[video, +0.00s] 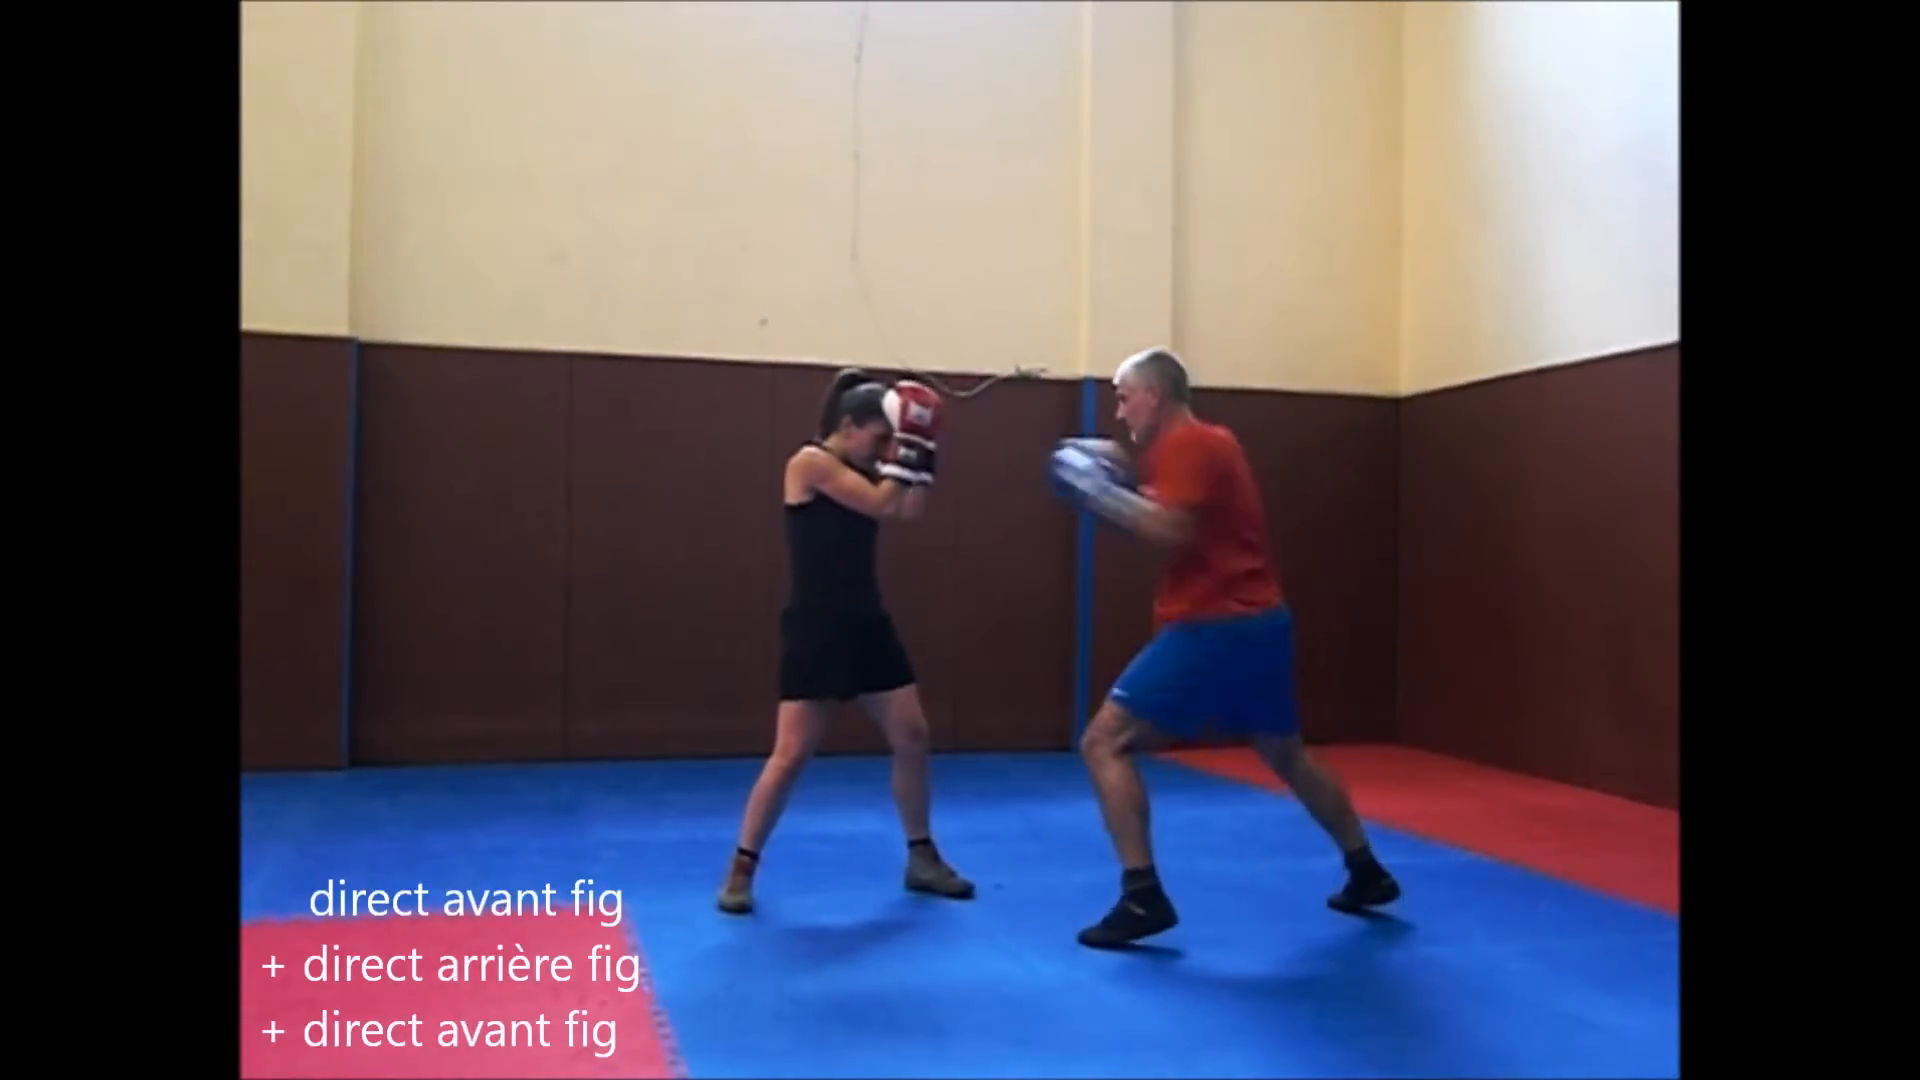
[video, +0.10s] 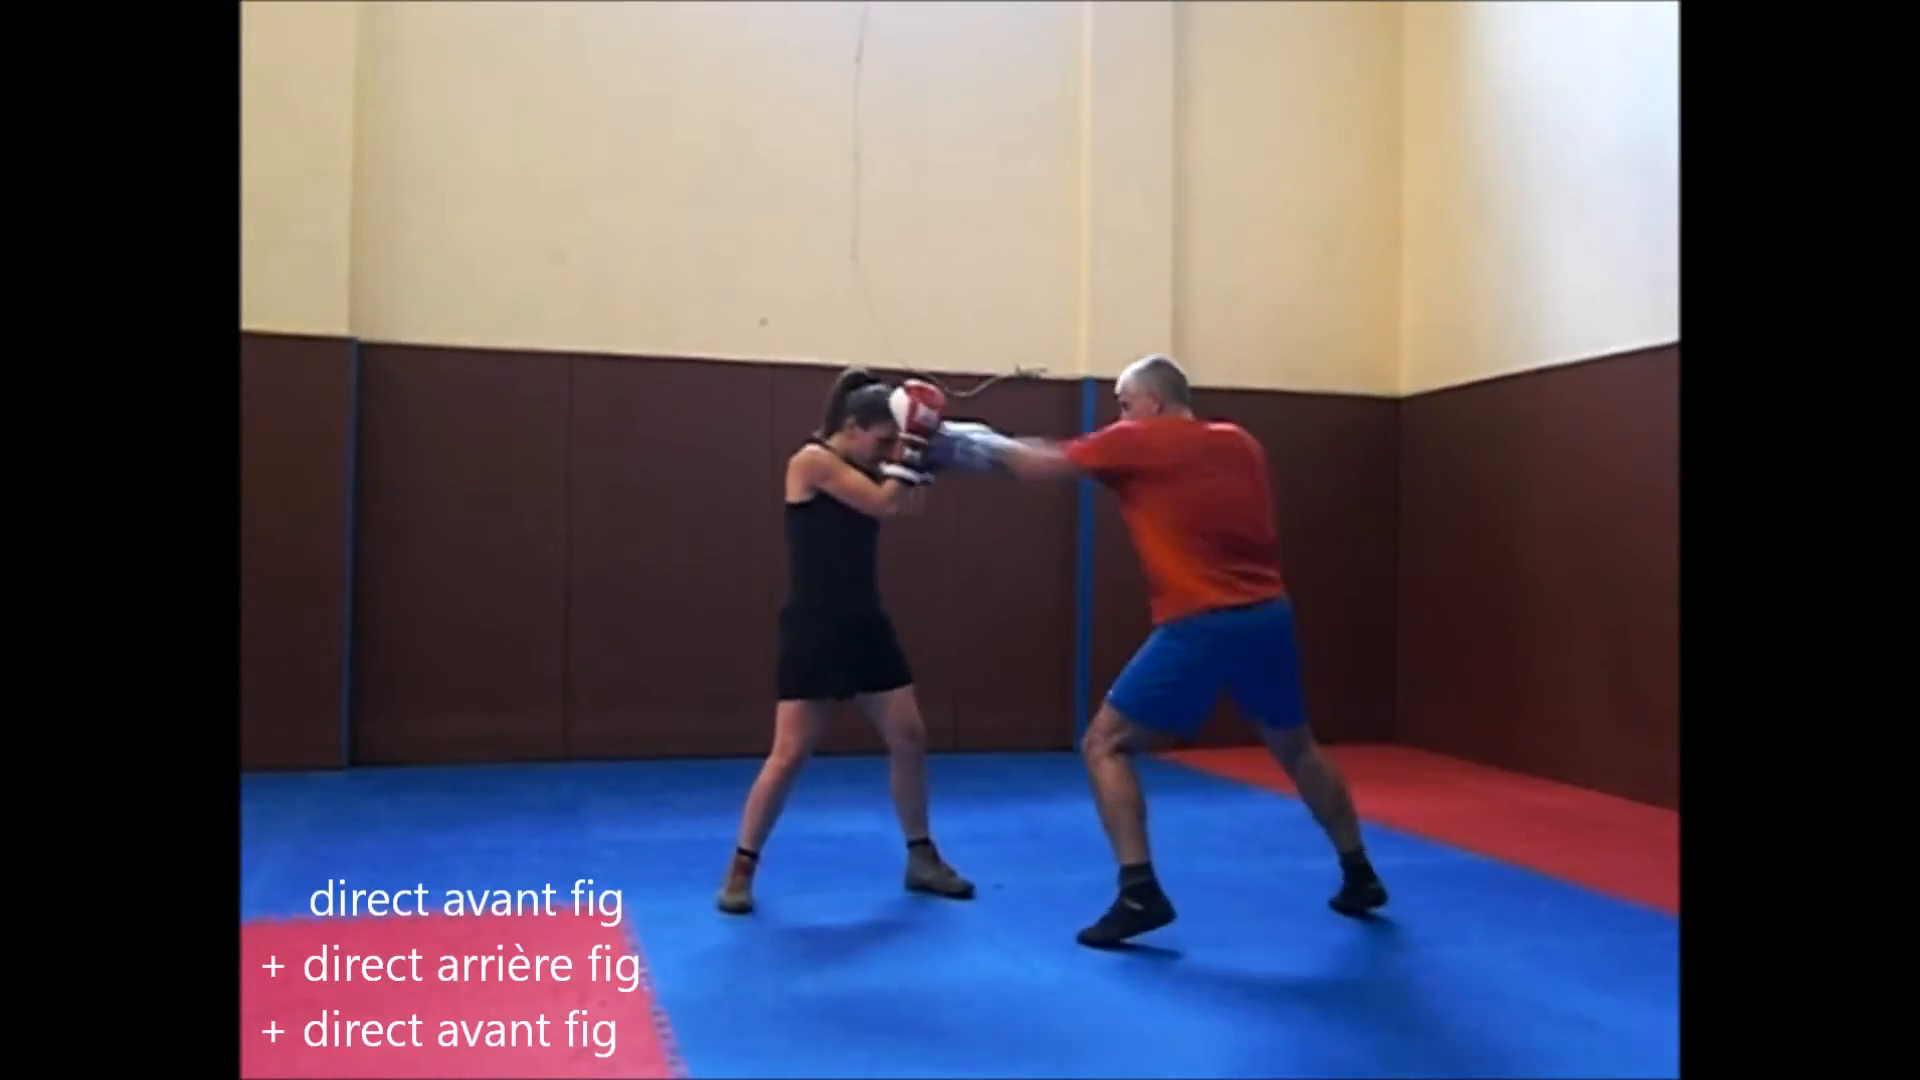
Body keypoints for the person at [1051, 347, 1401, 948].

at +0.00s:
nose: (1118, 411)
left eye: (1125, 398)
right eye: (1117, 399)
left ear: (1157, 397)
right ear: (1167, 399)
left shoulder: (1185, 446)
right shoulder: (1211, 440)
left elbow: (1170, 526)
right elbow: (1184, 506)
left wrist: (1096, 494)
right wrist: (1124, 476)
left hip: (1206, 630)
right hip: (1259, 624)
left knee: (1104, 744)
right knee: (1289, 756)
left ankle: (1142, 897)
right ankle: (1367, 871)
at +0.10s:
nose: (1120, 416)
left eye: (1126, 405)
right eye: (1120, 406)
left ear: (1157, 403)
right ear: (1183, 403)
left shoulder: (1134, 442)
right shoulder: (1241, 442)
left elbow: (1038, 462)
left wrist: (966, 441)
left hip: (1193, 628)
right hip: (1268, 620)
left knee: (1104, 745)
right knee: (1298, 750)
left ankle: (1139, 893)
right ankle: (1360, 874)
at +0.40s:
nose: (1156, 397)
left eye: (1160, 386)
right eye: (1155, 387)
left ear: (1187, 380)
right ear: (1214, 381)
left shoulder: (1177, 430)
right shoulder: (1267, 429)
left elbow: (1123, 491)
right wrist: (1097, 462)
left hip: (1221, 608)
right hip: (1286, 604)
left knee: (1131, 742)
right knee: (1308, 747)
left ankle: (1146, 896)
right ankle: (1362, 880)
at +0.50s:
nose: (1170, 397)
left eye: (1175, 384)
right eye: (1169, 386)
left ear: (1203, 380)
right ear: (1220, 380)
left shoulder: (1222, 432)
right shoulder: (1269, 430)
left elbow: (1168, 509)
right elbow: (1212, 500)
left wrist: (1131, 458)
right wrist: (1173, 446)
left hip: (1241, 610)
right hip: (1291, 607)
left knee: (1143, 737)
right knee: (1305, 752)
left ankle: (1175, 893)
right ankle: (1368, 882)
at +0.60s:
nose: (1189, 412)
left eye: (1191, 399)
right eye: (1185, 402)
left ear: (1216, 393)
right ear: (1228, 392)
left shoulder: (1251, 448)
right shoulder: (1268, 447)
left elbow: (1158, 501)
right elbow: (1179, 484)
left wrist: (1139, 429)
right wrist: (1159, 427)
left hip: (1255, 631)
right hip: (1291, 629)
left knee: (1159, 747)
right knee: (1295, 761)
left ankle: (1200, 905)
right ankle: (1369, 884)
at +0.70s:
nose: (1189, 402)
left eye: (1191, 388)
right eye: (1186, 391)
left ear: (1216, 382)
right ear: (1231, 382)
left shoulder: (1251, 436)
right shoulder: (1270, 434)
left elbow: (1153, 481)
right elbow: (1178, 469)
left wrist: (1139, 414)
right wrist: (1154, 411)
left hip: (1261, 619)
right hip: (1297, 618)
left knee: (1172, 743)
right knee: (1310, 756)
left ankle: (1200, 903)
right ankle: (1373, 882)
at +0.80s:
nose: (1192, 399)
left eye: (1195, 385)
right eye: (1189, 389)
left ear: (1221, 379)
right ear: (1239, 379)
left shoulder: (1249, 431)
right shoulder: (1277, 431)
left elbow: (1155, 477)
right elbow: (1187, 462)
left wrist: (1144, 414)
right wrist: (1163, 408)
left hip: (1264, 616)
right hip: (1309, 613)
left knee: (1178, 742)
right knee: (1316, 752)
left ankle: (1200, 901)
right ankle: (1391, 877)